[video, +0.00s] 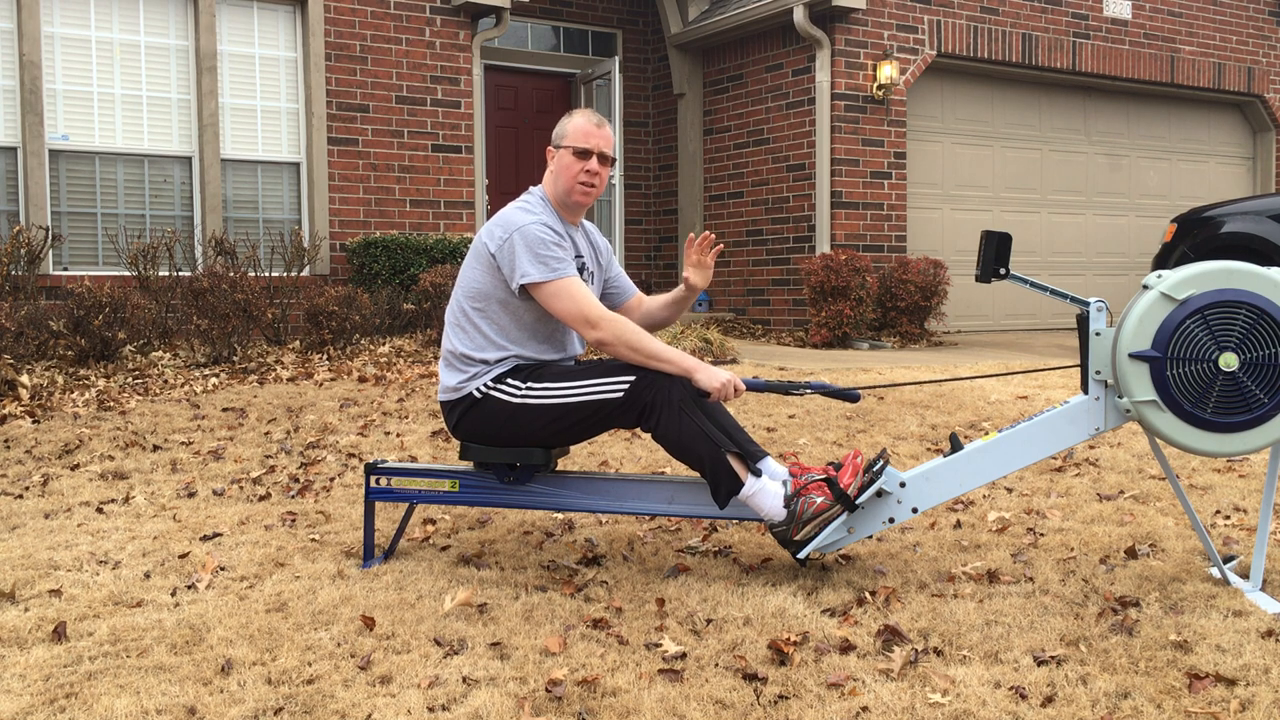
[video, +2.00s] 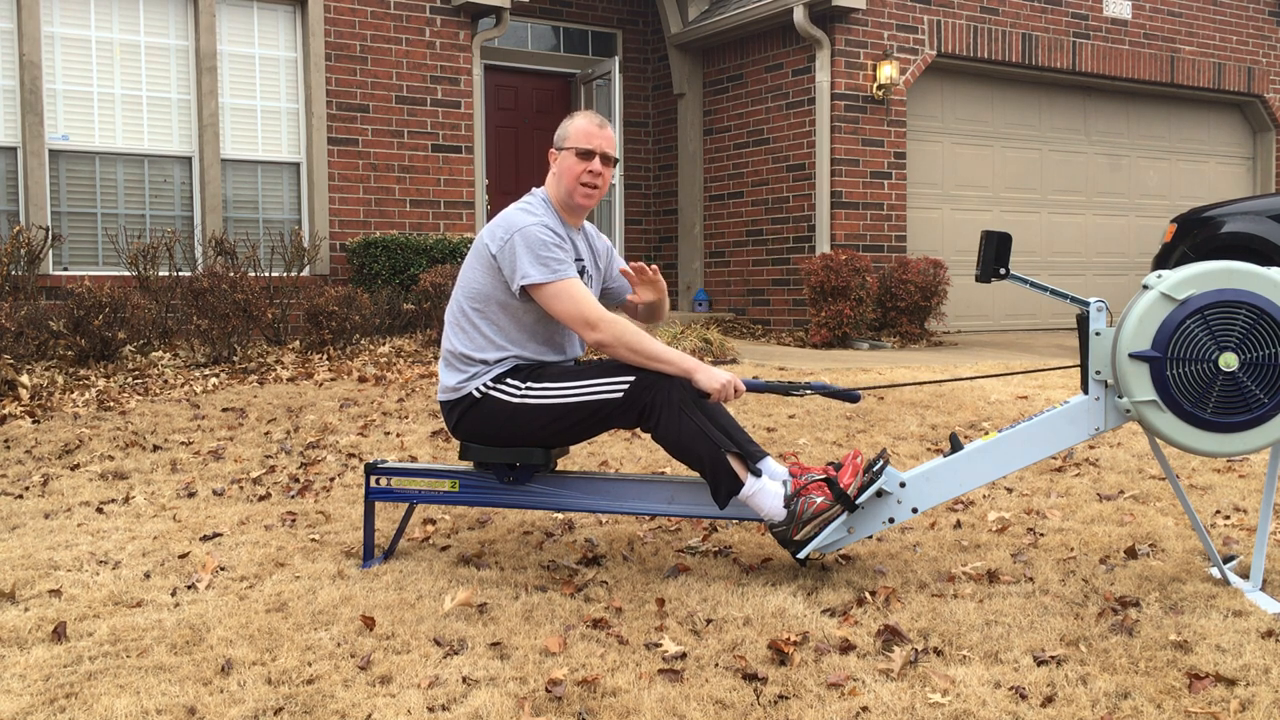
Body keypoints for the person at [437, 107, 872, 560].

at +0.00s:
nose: (594, 169)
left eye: (605, 162)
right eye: (582, 155)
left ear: (610, 173)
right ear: (550, 157)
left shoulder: (587, 236)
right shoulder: (524, 225)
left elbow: (641, 315)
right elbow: (593, 327)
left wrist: (688, 289)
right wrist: (699, 371)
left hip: (541, 377)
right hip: (487, 391)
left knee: (675, 377)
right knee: (650, 387)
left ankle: (786, 484)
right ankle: (776, 509)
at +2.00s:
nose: (596, 170)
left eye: (607, 162)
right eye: (584, 156)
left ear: (612, 173)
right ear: (553, 158)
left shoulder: (592, 239)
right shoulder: (525, 226)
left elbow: (644, 323)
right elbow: (595, 330)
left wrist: (654, 303)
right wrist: (699, 371)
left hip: (540, 377)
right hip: (486, 390)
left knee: (674, 379)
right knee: (651, 388)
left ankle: (786, 485)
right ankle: (775, 509)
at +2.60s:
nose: (592, 167)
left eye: (603, 159)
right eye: (580, 154)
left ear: (610, 171)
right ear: (549, 159)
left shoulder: (594, 236)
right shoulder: (525, 227)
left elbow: (668, 284)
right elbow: (596, 329)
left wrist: (756, 274)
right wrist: (698, 370)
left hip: (540, 377)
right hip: (487, 391)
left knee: (676, 378)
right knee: (650, 387)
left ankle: (786, 484)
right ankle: (775, 509)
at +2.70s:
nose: (593, 168)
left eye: (603, 159)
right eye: (580, 154)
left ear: (610, 170)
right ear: (550, 159)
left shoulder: (593, 236)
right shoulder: (525, 226)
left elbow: (666, 285)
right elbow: (594, 327)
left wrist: (752, 275)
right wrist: (698, 370)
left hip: (541, 377)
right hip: (487, 391)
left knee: (675, 379)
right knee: (651, 388)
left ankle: (788, 485)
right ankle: (777, 511)